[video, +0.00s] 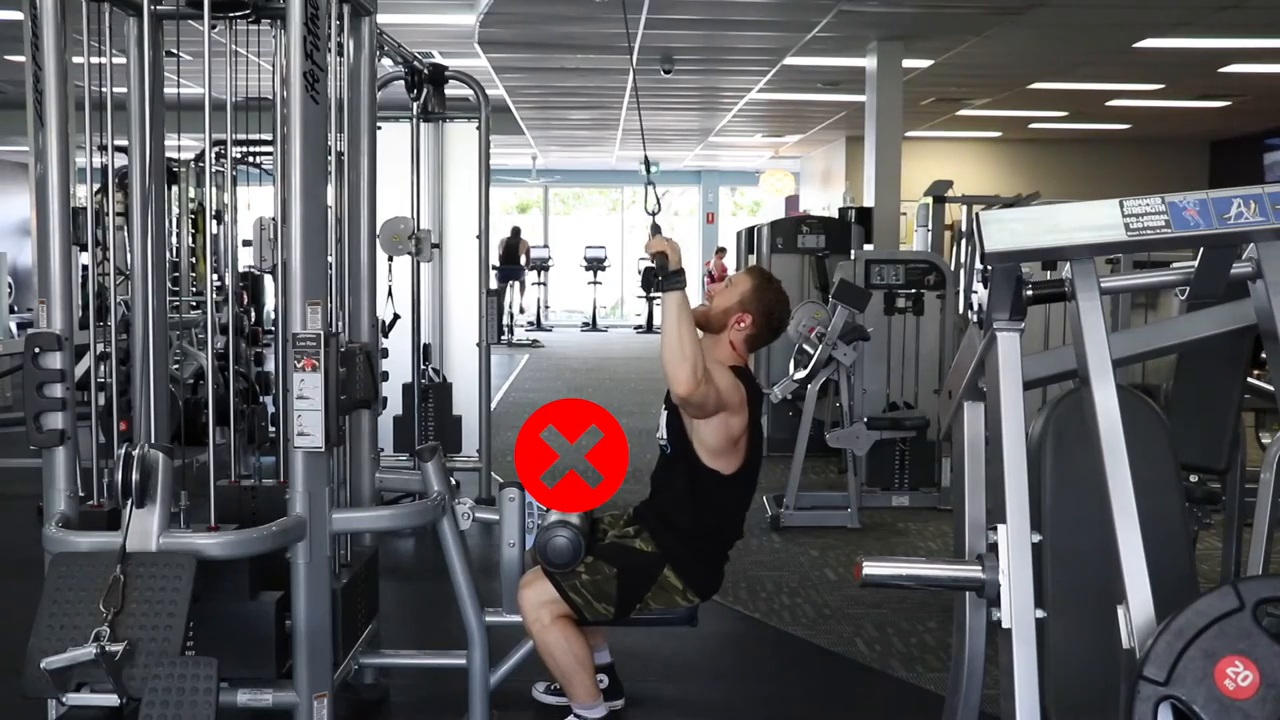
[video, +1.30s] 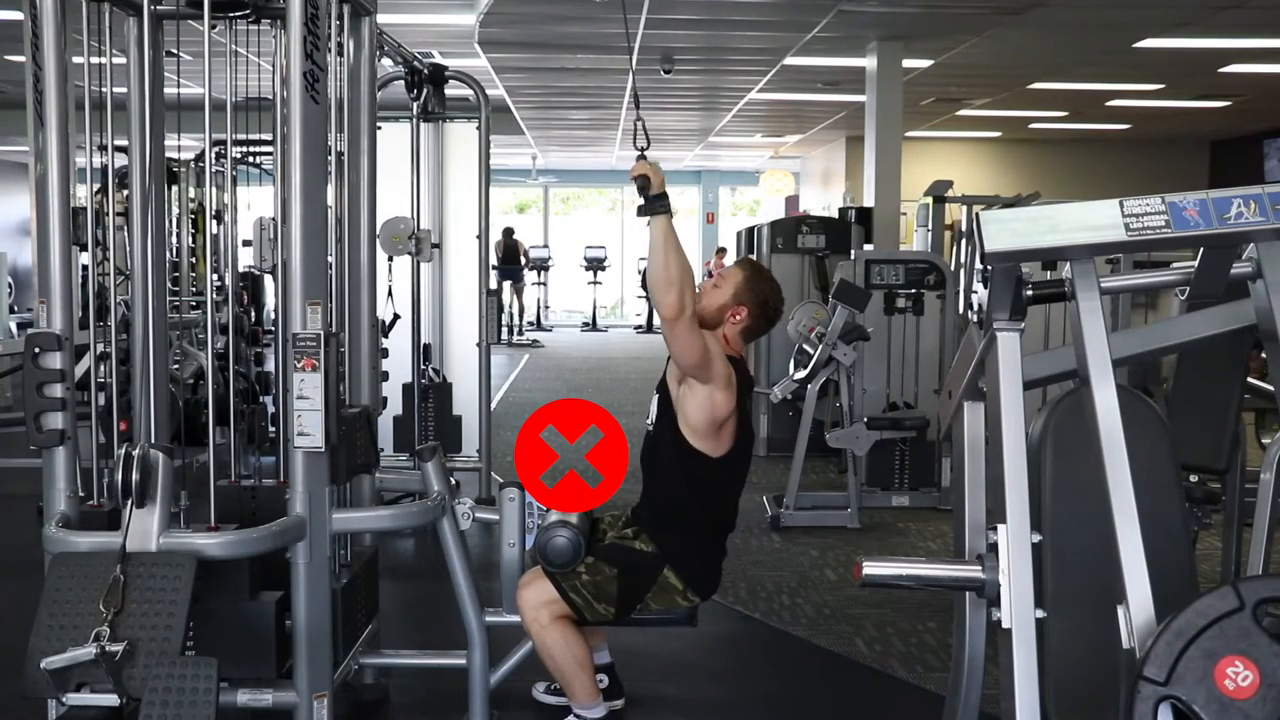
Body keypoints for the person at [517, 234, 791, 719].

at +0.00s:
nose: (713, 286)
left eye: (725, 285)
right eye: (722, 280)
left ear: (739, 322)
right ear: (740, 326)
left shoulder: (727, 387)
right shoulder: (716, 363)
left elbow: (687, 389)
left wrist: (673, 278)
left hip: (678, 560)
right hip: (658, 527)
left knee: (537, 596)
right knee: (556, 539)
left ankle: (588, 711)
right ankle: (597, 673)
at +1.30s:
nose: (704, 281)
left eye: (717, 278)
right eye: (713, 274)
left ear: (736, 316)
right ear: (736, 319)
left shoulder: (710, 373)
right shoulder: (713, 361)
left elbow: (674, 306)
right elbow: (676, 302)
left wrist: (657, 202)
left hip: (676, 562)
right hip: (662, 535)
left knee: (536, 595)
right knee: (555, 544)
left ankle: (589, 709)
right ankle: (593, 671)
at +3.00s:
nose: (716, 287)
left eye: (729, 288)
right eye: (726, 282)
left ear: (742, 325)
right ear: (743, 327)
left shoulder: (735, 391)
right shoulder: (720, 368)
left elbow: (704, 430)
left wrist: (687, 325)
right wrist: (721, 286)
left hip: (680, 559)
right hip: (660, 529)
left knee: (539, 594)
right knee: (555, 545)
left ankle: (590, 712)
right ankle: (596, 675)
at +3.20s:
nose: (717, 289)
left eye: (730, 289)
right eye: (727, 284)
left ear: (743, 325)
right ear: (744, 328)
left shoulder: (735, 392)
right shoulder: (720, 376)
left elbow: (707, 443)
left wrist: (691, 337)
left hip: (679, 560)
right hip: (659, 530)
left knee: (538, 594)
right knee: (555, 545)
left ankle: (590, 712)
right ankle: (596, 674)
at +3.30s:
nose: (717, 289)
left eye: (730, 289)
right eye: (727, 283)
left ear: (743, 325)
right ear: (745, 328)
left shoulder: (736, 391)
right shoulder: (720, 371)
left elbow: (709, 439)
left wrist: (689, 335)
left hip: (680, 560)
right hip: (660, 530)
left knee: (539, 593)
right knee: (556, 544)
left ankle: (590, 712)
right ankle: (596, 675)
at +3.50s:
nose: (717, 286)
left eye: (730, 287)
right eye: (726, 281)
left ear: (743, 324)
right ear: (744, 327)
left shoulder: (737, 389)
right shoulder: (721, 371)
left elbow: (706, 411)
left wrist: (688, 302)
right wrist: (714, 289)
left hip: (678, 562)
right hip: (658, 529)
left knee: (539, 594)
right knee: (555, 543)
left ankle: (589, 712)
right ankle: (596, 674)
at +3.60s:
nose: (716, 285)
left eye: (728, 285)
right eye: (725, 279)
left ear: (742, 322)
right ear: (743, 326)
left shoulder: (734, 391)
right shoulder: (720, 364)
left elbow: (702, 396)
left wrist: (680, 284)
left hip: (679, 563)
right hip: (658, 528)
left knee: (538, 595)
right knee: (555, 540)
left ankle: (589, 711)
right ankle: (595, 672)